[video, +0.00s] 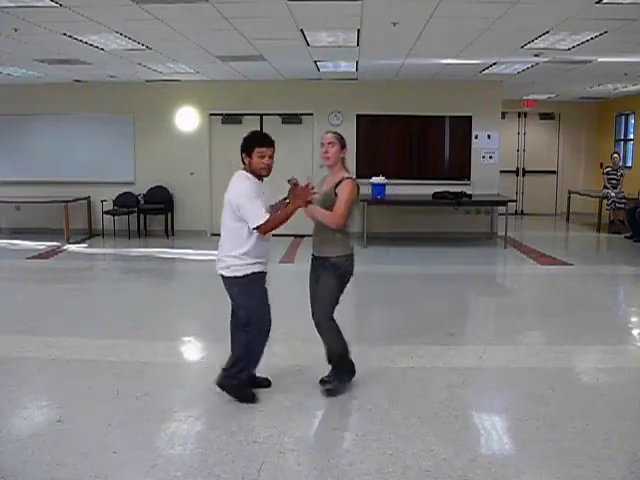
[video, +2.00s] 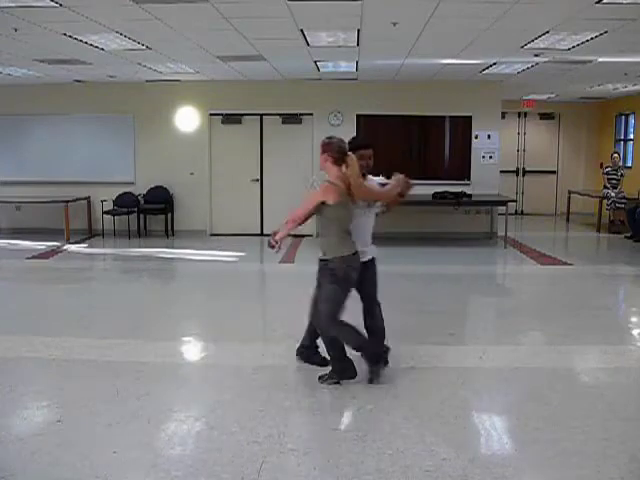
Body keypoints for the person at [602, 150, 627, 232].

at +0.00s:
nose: (615, 160)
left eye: (616, 158)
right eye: (613, 158)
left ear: (619, 160)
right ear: (611, 160)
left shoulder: (621, 171)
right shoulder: (607, 169)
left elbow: (621, 183)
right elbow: (605, 182)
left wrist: (617, 190)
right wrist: (611, 189)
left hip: (617, 188)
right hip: (608, 188)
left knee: (622, 196)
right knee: (612, 196)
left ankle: (621, 217)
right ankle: (611, 217)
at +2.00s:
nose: (615, 160)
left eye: (616, 158)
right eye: (613, 158)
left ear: (619, 159)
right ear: (611, 160)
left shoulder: (621, 170)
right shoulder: (606, 169)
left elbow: (621, 183)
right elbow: (605, 182)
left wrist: (617, 190)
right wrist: (611, 189)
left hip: (617, 188)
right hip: (608, 188)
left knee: (622, 196)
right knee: (611, 196)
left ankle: (621, 216)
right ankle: (611, 216)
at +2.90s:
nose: (615, 160)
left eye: (616, 158)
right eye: (613, 158)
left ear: (619, 160)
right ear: (611, 160)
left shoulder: (621, 170)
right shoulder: (606, 169)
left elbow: (621, 184)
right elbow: (605, 182)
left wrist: (617, 190)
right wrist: (611, 190)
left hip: (617, 188)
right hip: (608, 188)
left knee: (622, 196)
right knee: (611, 196)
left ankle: (621, 216)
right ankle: (611, 215)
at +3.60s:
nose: (615, 160)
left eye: (617, 158)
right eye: (613, 158)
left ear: (619, 160)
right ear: (611, 160)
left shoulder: (621, 170)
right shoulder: (606, 169)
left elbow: (621, 183)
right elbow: (605, 182)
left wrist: (617, 190)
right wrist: (611, 189)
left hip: (617, 188)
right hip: (608, 187)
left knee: (622, 196)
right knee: (611, 196)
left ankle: (621, 216)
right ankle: (611, 216)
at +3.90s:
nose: (615, 160)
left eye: (617, 158)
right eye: (613, 158)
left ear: (619, 160)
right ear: (611, 160)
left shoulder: (621, 170)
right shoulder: (606, 169)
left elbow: (621, 183)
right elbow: (605, 182)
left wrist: (617, 190)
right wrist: (611, 190)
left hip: (617, 188)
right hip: (608, 188)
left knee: (622, 196)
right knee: (611, 196)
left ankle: (621, 217)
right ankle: (611, 216)